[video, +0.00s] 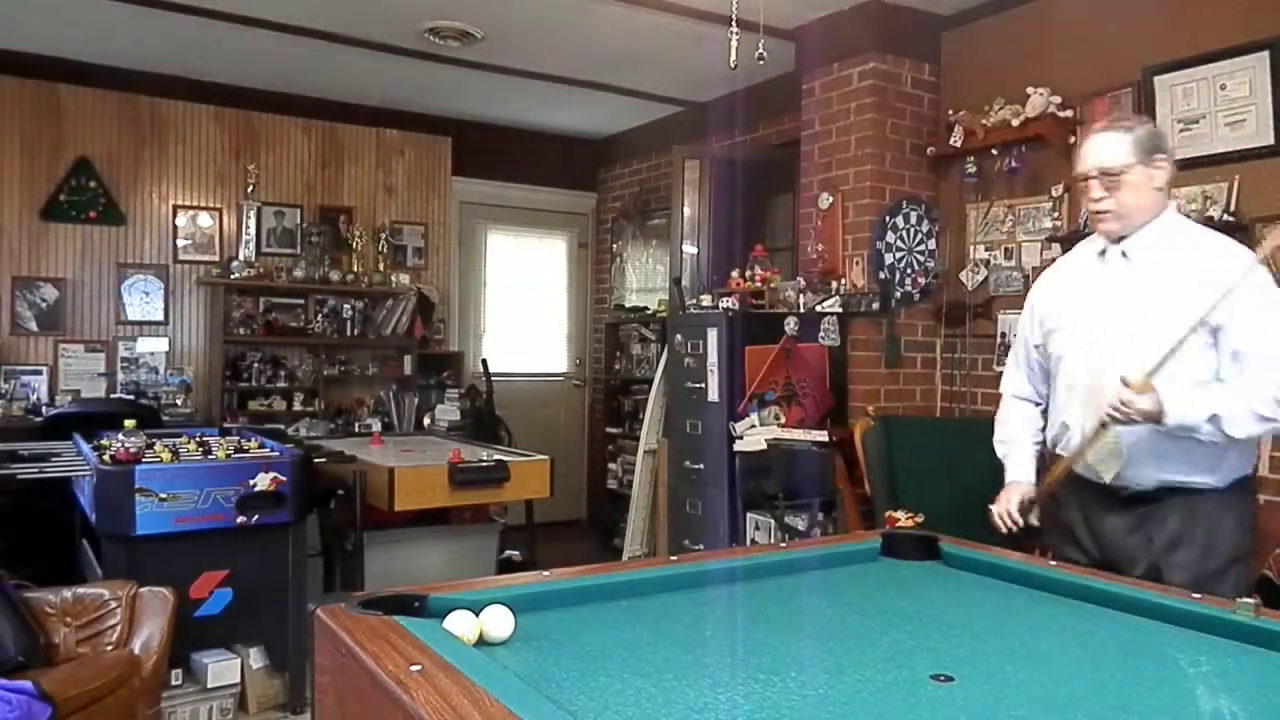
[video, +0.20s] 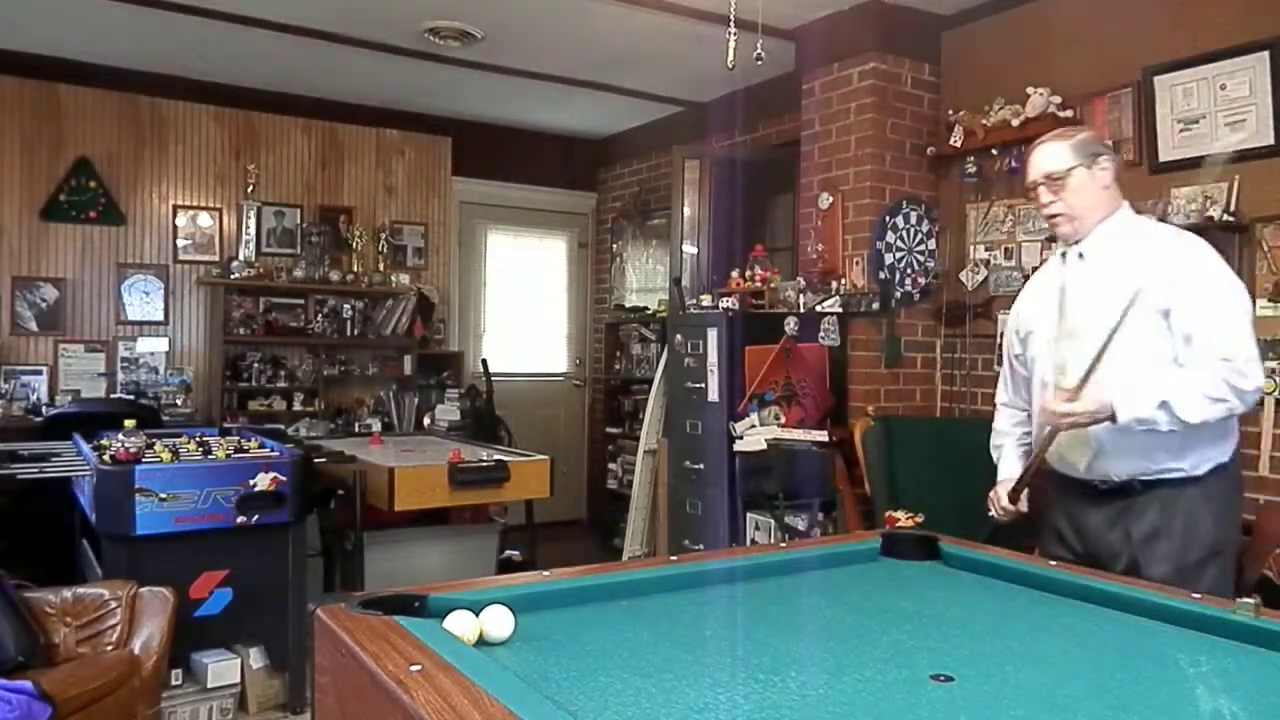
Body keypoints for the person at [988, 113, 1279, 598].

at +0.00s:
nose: (1094, 195)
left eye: (1111, 178)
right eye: (1084, 182)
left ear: (1159, 173)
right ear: (1074, 188)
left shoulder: (1228, 269)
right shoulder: (1057, 281)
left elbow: (1267, 400)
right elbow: (1021, 392)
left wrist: (1168, 407)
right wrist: (1019, 476)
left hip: (1192, 523)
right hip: (1078, 516)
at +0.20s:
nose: (1043, 201)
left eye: (1055, 182)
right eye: (1034, 191)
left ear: (1104, 172)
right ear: (1030, 197)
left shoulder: (1183, 260)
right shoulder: (1037, 291)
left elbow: (1237, 378)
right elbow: (1014, 398)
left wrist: (1117, 404)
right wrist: (1011, 471)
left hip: (1176, 510)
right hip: (1069, 508)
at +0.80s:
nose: (1013, 198)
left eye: (1027, 181)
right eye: (1007, 187)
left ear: (1075, 178)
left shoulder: (1127, 260)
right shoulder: (1028, 274)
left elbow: (1187, 401)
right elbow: (1044, 384)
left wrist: (1086, 473)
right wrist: (998, 442)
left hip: (1118, 513)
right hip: (1032, 505)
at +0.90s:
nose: (1015, 200)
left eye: (1031, 183)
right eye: (1010, 186)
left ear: (1081, 182)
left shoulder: (1125, 267)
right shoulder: (1034, 266)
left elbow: (1164, 419)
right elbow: (1040, 377)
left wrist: (1059, 480)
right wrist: (994, 435)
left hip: (1108, 510)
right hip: (1019, 497)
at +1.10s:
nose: (998, 194)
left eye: (1014, 178)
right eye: (993, 181)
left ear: (1063, 179)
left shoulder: (1101, 263)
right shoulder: (1014, 260)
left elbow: (1126, 415)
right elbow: (1020, 373)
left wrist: (1022, 470)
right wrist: (972, 431)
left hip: (1081, 504)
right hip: (999, 495)